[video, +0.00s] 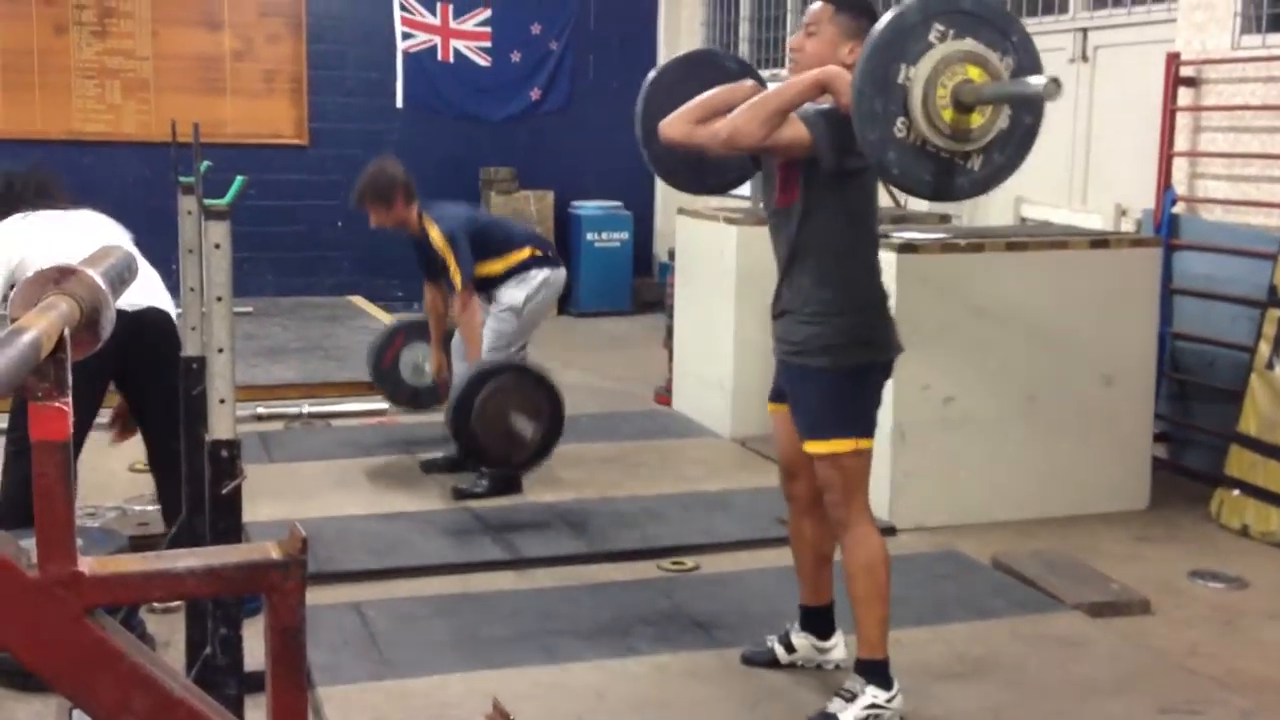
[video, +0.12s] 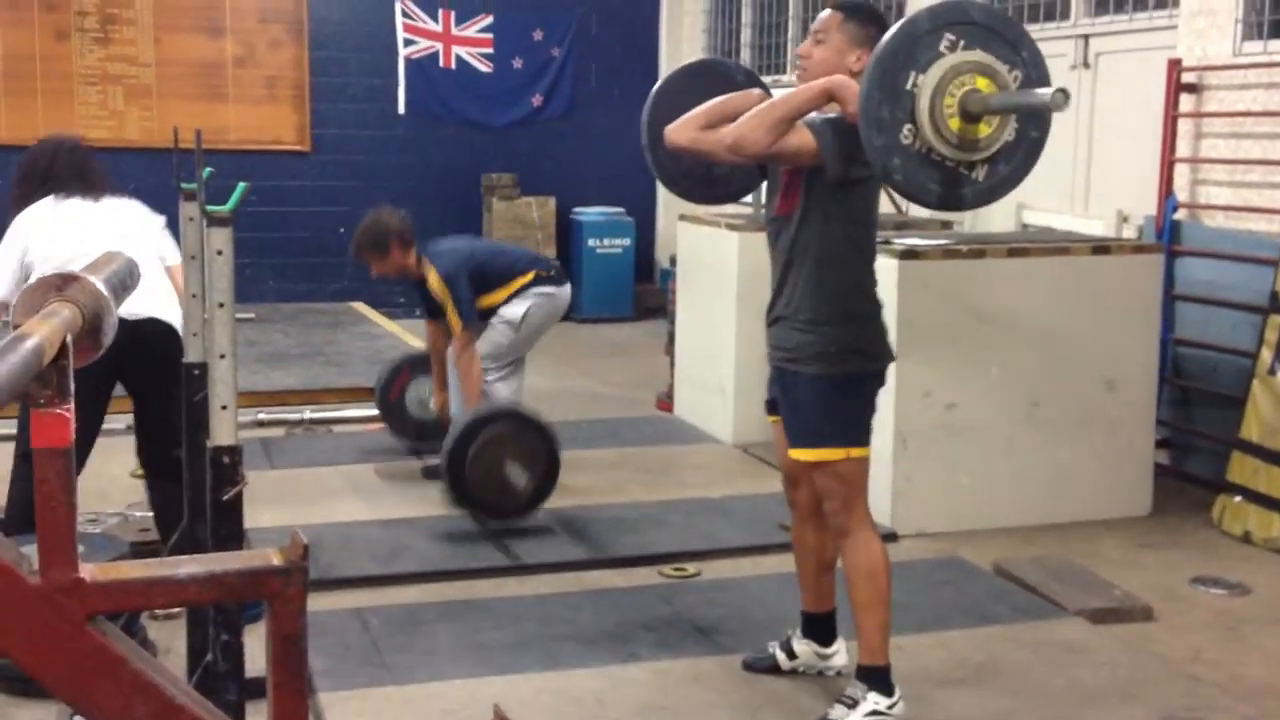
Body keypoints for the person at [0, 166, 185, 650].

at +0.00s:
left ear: (11, 206)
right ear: (53, 197)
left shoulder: (8, 229)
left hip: (66, 330)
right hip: (151, 320)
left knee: (39, 458)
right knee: (175, 457)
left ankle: (19, 568)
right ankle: (202, 572)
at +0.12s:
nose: (18, 189)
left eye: (22, 181)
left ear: (33, 180)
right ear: (92, 173)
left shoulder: (28, 219)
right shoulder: (139, 208)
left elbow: (6, 300)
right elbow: (181, 281)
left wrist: (19, 359)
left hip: (77, 332)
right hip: (158, 327)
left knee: (56, 445)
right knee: (167, 451)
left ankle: (16, 540)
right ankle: (189, 565)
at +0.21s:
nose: (52, 170)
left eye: (56, 162)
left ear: (64, 163)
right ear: (122, 158)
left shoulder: (52, 208)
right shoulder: (166, 202)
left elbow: (12, 285)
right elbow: (198, 272)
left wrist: (14, 355)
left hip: (81, 336)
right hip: (162, 335)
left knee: (62, 449)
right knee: (168, 459)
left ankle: (23, 551)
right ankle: (193, 573)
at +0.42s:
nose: (111, 145)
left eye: (116, 136)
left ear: (123, 140)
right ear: (183, 140)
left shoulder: (101, 188)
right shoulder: (214, 193)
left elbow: (74, 272)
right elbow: (231, 272)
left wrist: (54, 332)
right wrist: (214, 321)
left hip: (110, 331)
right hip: (180, 332)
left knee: (79, 442)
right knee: (184, 451)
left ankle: (41, 540)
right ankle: (202, 556)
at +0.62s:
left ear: (128, 156)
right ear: (181, 160)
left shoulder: (104, 203)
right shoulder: (205, 211)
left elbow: (77, 275)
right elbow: (225, 276)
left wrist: (73, 343)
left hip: (115, 338)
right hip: (177, 341)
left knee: (103, 389)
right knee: (175, 429)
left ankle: (116, 471)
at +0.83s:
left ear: (99, 153)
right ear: (152, 151)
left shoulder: (83, 198)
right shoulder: (183, 198)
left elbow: (60, 266)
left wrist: (60, 329)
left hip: (106, 332)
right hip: (168, 332)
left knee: (98, 416)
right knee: (166, 422)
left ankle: (96, 501)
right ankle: (193, 517)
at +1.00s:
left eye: (68, 157)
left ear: (72, 160)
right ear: (124, 153)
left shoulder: (59, 210)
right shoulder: (156, 201)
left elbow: (41, 289)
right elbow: (182, 267)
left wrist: (43, 340)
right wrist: (198, 317)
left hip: (84, 338)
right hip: (146, 335)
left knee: (87, 424)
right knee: (150, 407)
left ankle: (94, 509)